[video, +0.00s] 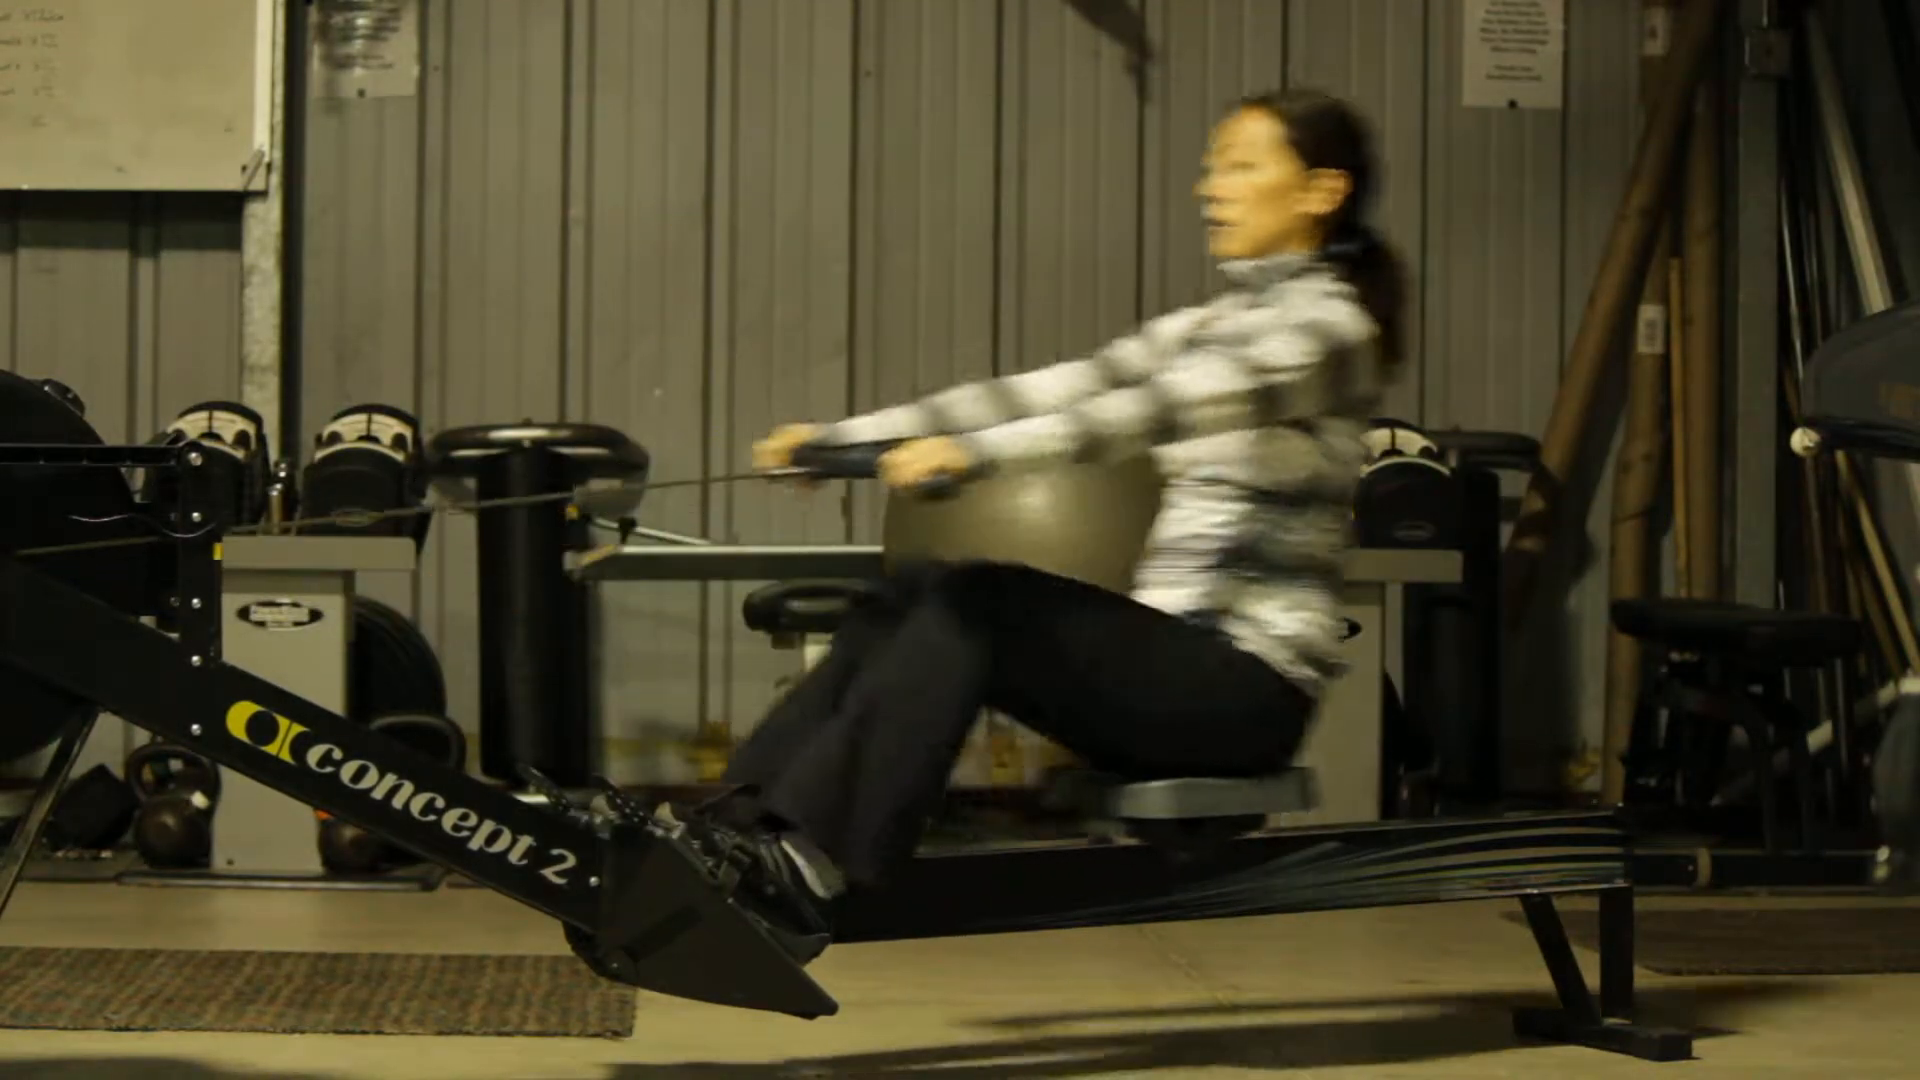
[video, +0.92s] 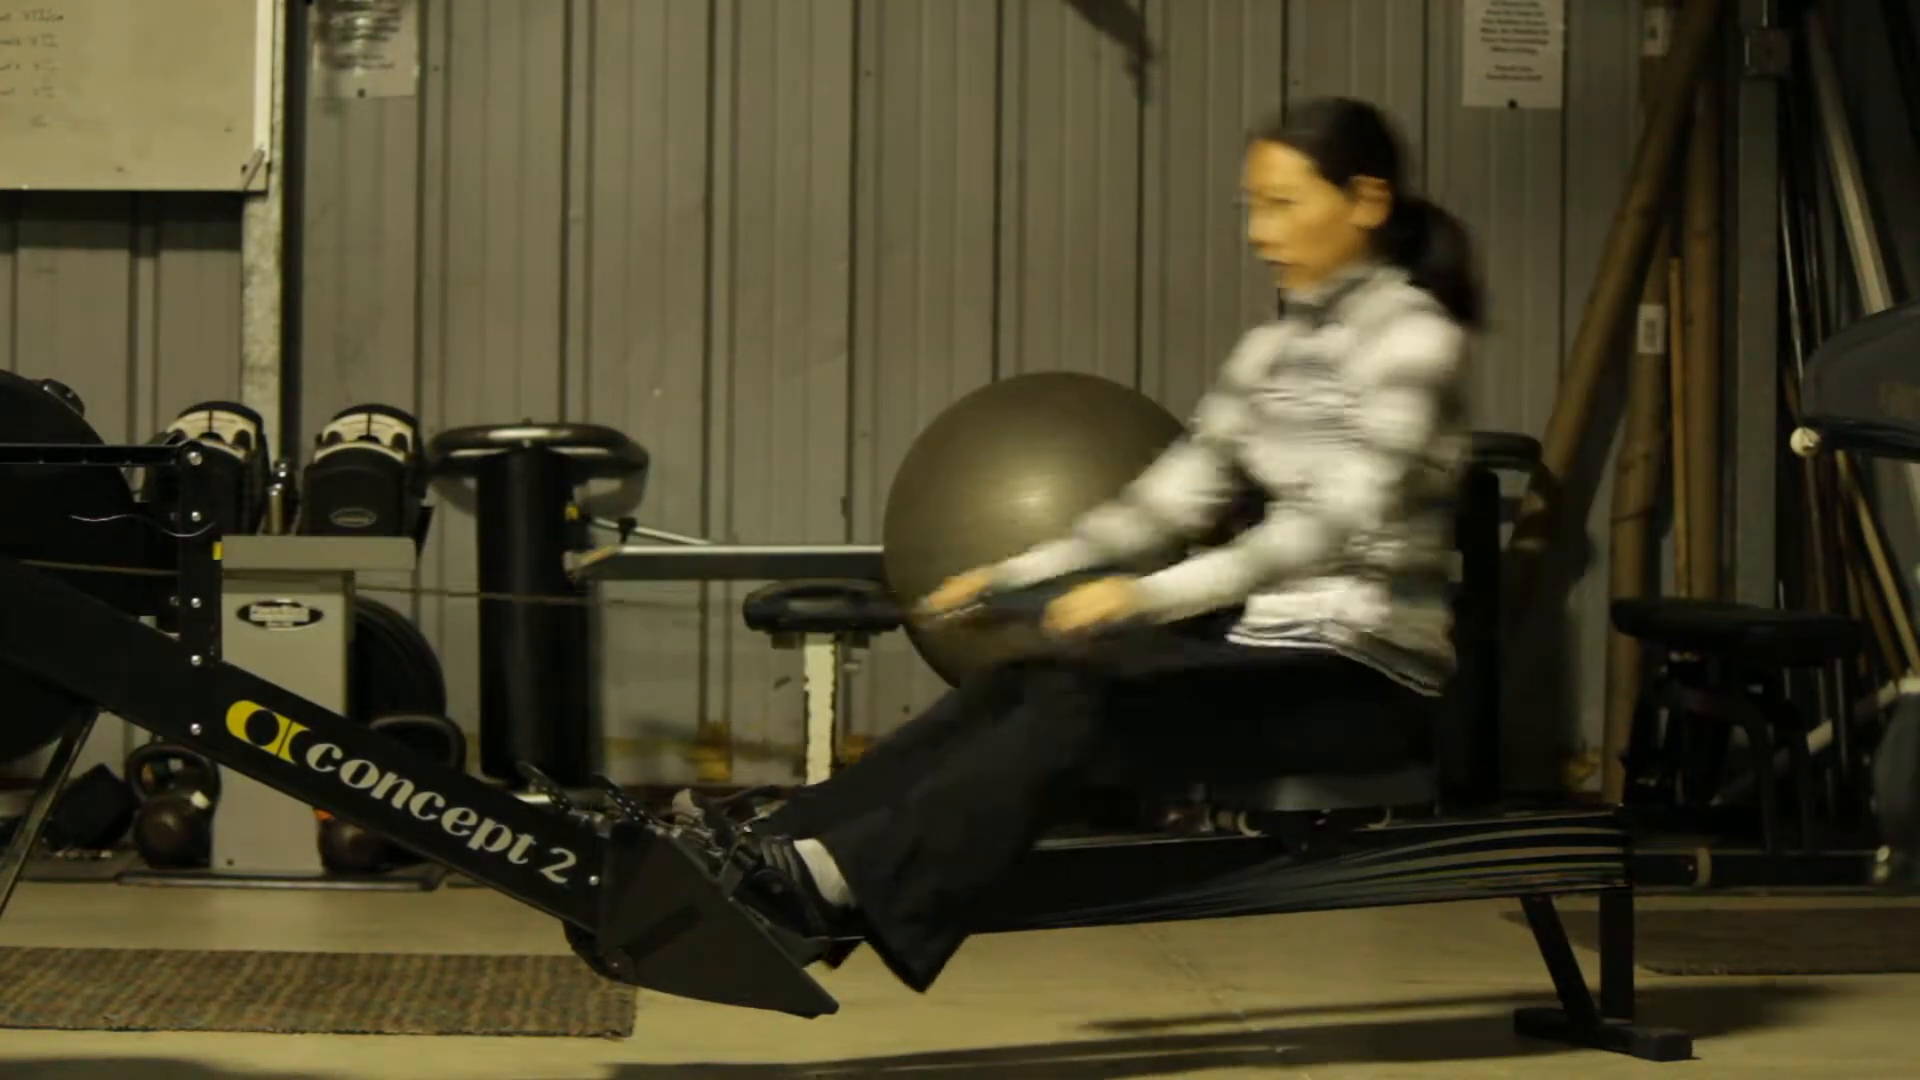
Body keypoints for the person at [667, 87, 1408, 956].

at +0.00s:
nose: (1209, 189)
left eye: (1239, 168)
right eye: (1213, 169)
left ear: (1324, 191)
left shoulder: (1327, 322)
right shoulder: (1217, 319)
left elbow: (1161, 405)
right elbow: (1057, 388)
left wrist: (980, 450)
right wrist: (849, 438)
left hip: (1250, 685)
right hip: (1171, 664)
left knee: (967, 602)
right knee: (904, 596)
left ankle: (815, 868)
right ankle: (734, 830)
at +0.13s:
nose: (1322, 216)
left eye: (1349, 193)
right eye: (1322, 195)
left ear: (1433, 212)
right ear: (1320, 212)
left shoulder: (1437, 337)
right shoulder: (1313, 335)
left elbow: (1306, 428)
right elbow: (1180, 401)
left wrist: (1114, 446)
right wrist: (975, 443)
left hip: (1320, 680)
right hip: (1232, 660)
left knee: (1030, 647)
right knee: (961, 634)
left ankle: (818, 877)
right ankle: (759, 836)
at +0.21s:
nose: (1383, 243)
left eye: (1406, 223)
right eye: (1380, 224)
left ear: (1488, 233)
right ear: (1387, 235)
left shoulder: (1498, 355)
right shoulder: (1367, 357)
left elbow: (1412, 463)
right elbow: (1237, 445)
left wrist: (1208, 462)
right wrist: (1050, 459)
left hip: (1360, 680)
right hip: (1268, 656)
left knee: (1050, 681)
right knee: (987, 671)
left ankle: (812, 886)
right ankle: (749, 846)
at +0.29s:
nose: (1425, 274)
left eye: (1447, 254)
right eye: (1422, 253)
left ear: (1528, 260)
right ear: (1442, 260)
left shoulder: (1547, 382)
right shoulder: (1424, 381)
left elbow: (1495, 518)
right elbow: (1310, 500)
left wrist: (1297, 489)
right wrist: (1152, 489)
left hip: (1377, 683)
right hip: (1291, 656)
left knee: (1074, 713)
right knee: (1011, 692)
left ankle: (816, 890)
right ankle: (756, 847)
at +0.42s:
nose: (1462, 309)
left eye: (1482, 285)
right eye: (1457, 287)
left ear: (1560, 289)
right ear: (1479, 292)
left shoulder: (1591, 414)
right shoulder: (1470, 407)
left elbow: (1600, 579)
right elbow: (1401, 534)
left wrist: (1426, 507)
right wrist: (1266, 503)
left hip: (1386, 686)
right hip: (1300, 659)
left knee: (1095, 732)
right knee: (1037, 709)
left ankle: (802, 884)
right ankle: (764, 851)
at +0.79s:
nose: (1380, 275)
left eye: (1397, 252)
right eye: (1372, 253)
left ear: (1480, 242)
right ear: (1385, 252)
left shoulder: (1529, 372)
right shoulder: (1401, 365)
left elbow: (1526, 558)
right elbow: (1339, 524)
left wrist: (1337, 534)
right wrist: (1192, 529)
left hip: (1394, 681)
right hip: (1305, 657)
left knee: (1106, 738)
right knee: (1041, 720)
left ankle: (818, 887)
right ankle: (754, 848)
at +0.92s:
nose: (1258, 229)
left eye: (1282, 202)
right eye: (1254, 203)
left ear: (1365, 204)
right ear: (1255, 208)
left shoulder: (1411, 334)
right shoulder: (1275, 342)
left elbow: (1335, 524)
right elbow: (1175, 492)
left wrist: (1151, 595)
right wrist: (1009, 577)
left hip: (1363, 668)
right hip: (1258, 649)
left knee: (1076, 707)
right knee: (1023, 682)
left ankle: (833, 895)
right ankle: (785, 852)